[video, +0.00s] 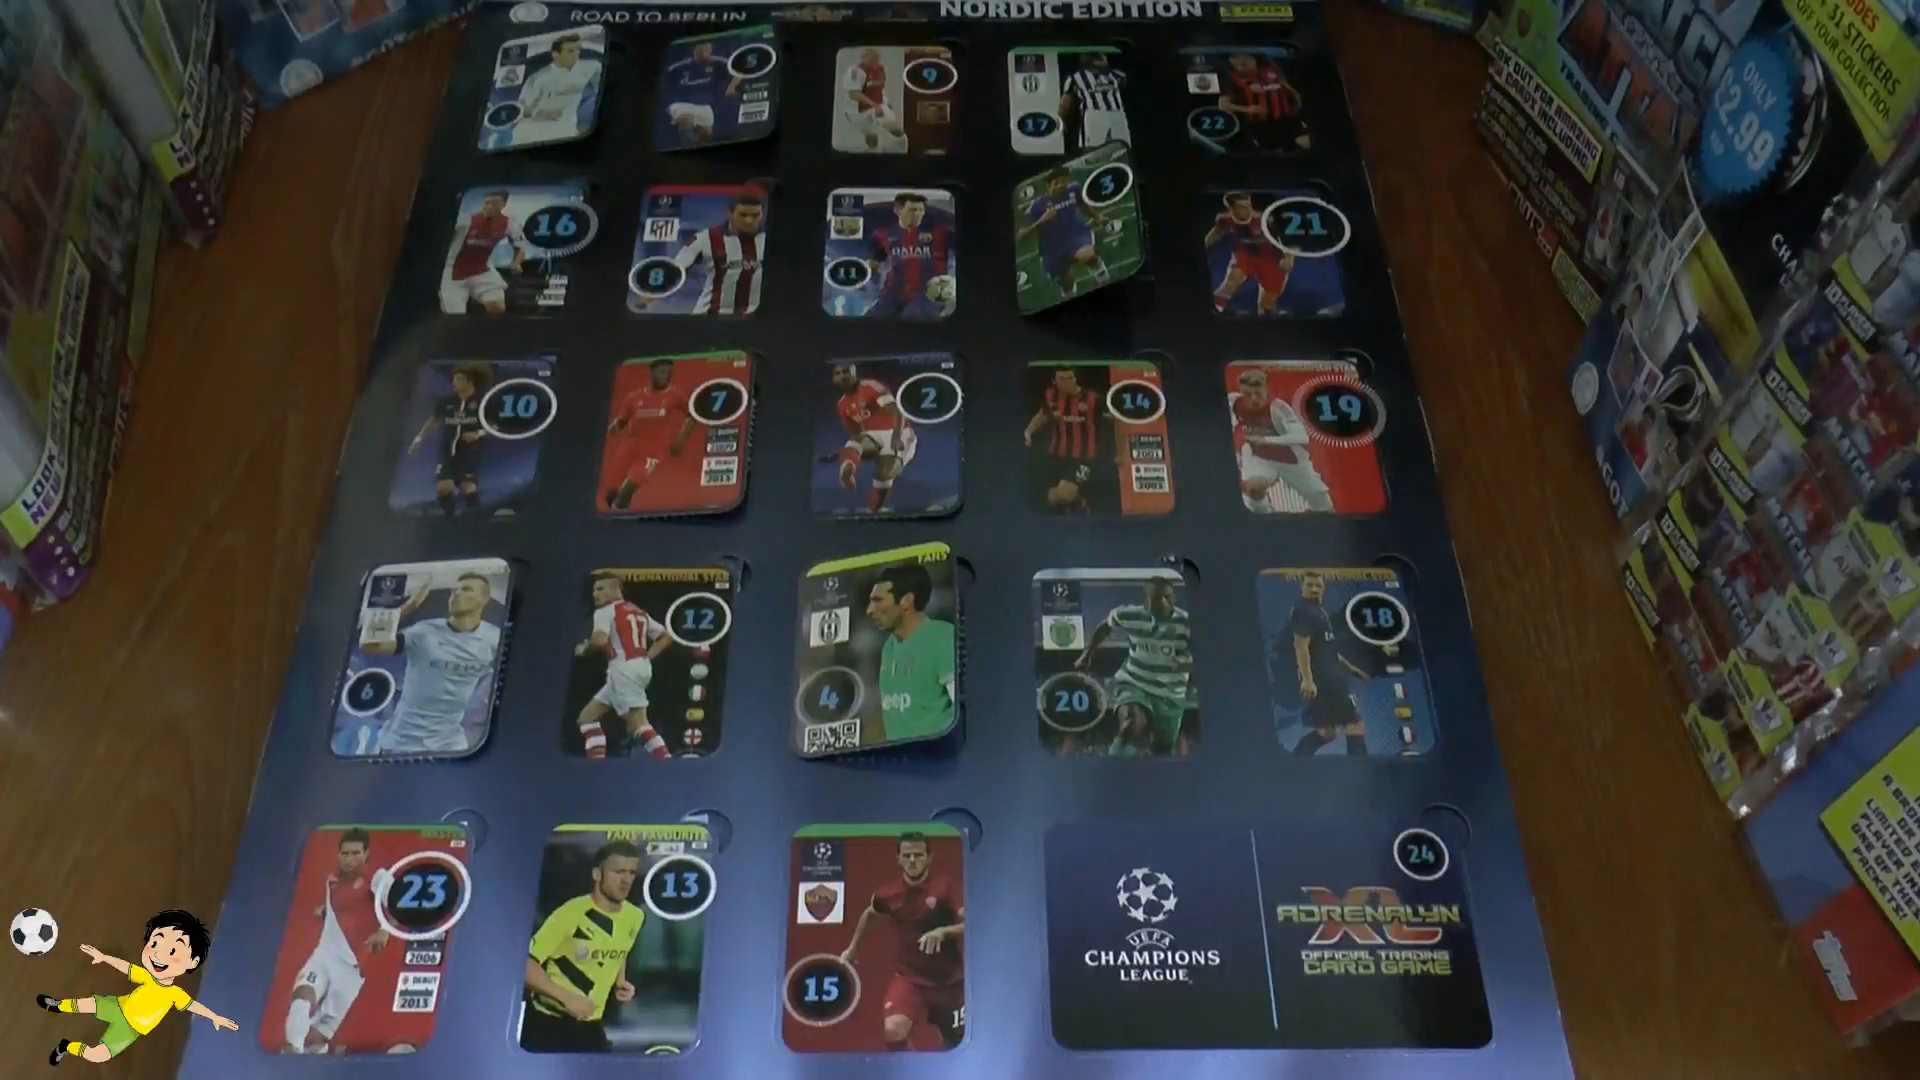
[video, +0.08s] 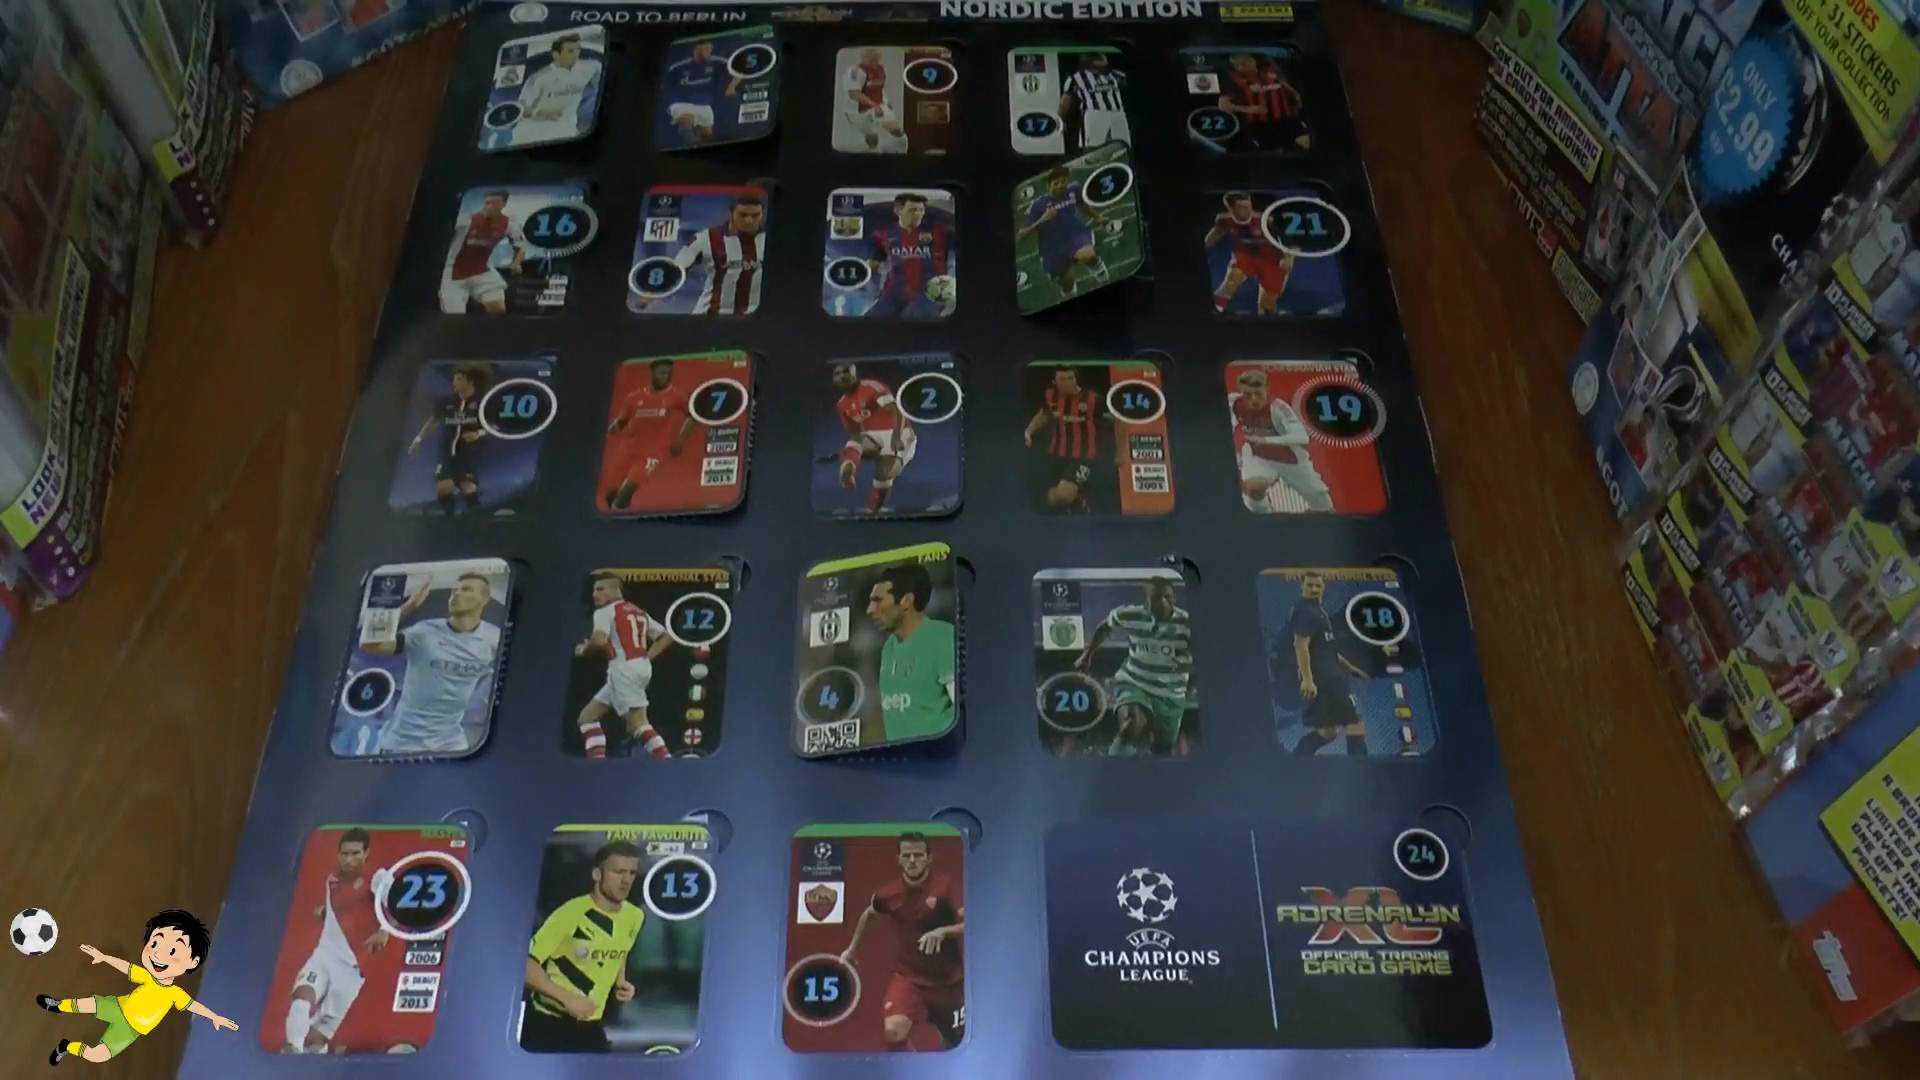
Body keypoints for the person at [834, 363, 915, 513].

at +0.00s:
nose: (842, 377)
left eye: (846, 372)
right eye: (837, 373)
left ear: (854, 374)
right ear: (834, 378)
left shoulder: (870, 387)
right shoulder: (842, 405)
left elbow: (896, 411)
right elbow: (855, 434)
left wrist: (896, 437)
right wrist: (849, 457)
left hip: (895, 433)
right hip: (872, 435)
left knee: (884, 474)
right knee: (853, 443)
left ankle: (872, 513)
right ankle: (848, 472)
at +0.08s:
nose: (842, 376)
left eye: (846, 372)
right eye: (837, 374)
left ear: (854, 373)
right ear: (834, 379)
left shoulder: (871, 387)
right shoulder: (842, 405)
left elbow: (896, 410)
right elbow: (855, 434)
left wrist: (896, 436)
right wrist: (848, 456)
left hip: (895, 433)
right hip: (871, 435)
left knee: (884, 473)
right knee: (854, 443)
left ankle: (872, 514)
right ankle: (848, 472)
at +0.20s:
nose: (842, 376)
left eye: (846, 372)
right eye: (837, 374)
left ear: (854, 374)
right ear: (834, 379)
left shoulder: (871, 387)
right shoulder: (842, 405)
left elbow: (896, 410)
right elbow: (855, 434)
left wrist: (896, 437)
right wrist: (848, 457)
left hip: (895, 432)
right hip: (872, 435)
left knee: (883, 473)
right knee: (854, 443)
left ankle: (872, 514)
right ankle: (848, 472)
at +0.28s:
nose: (842, 376)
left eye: (846, 372)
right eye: (838, 374)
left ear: (854, 374)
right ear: (834, 379)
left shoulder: (871, 387)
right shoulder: (842, 405)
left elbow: (896, 410)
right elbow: (854, 434)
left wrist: (896, 437)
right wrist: (849, 461)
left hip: (896, 432)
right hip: (872, 435)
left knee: (883, 473)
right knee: (854, 444)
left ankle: (872, 514)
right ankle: (848, 472)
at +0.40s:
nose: (842, 376)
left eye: (846, 372)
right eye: (837, 374)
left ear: (854, 374)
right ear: (834, 379)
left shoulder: (871, 387)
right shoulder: (842, 405)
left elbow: (896, 410)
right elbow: (854, 434)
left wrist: (896, 436)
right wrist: (844, 454)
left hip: (895, 432)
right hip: (872, 435)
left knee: (883, 472)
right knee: (854, 442)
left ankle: (872, 514)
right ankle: (847, 473)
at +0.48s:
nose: (842, 376)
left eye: (846, 372)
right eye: (837, 373)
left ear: (854, 373)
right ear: (834, 379)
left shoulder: (870, 386)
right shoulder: (841, 405)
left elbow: (896, 410)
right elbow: (854, 434)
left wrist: (895, 436)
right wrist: (841, 454)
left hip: (895, 432)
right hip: (871, 435)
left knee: (883, 473)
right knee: (854, 442)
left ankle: (871, 514)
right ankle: (847, 473)